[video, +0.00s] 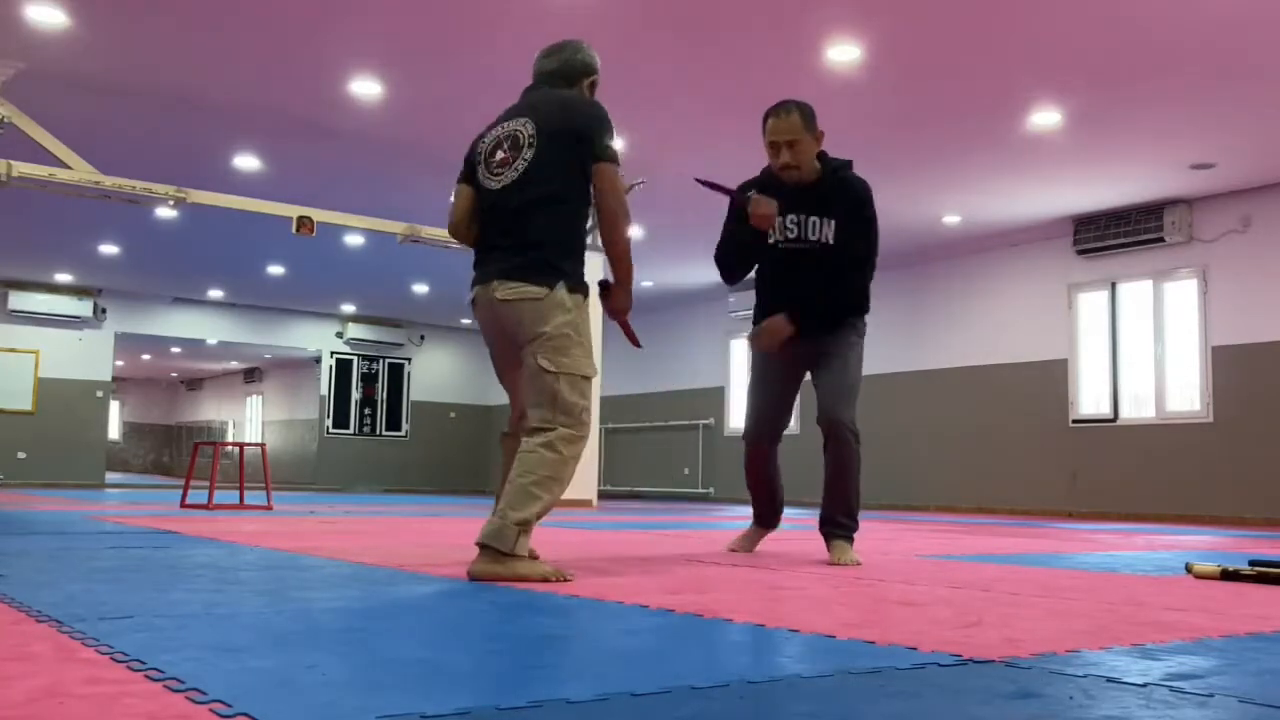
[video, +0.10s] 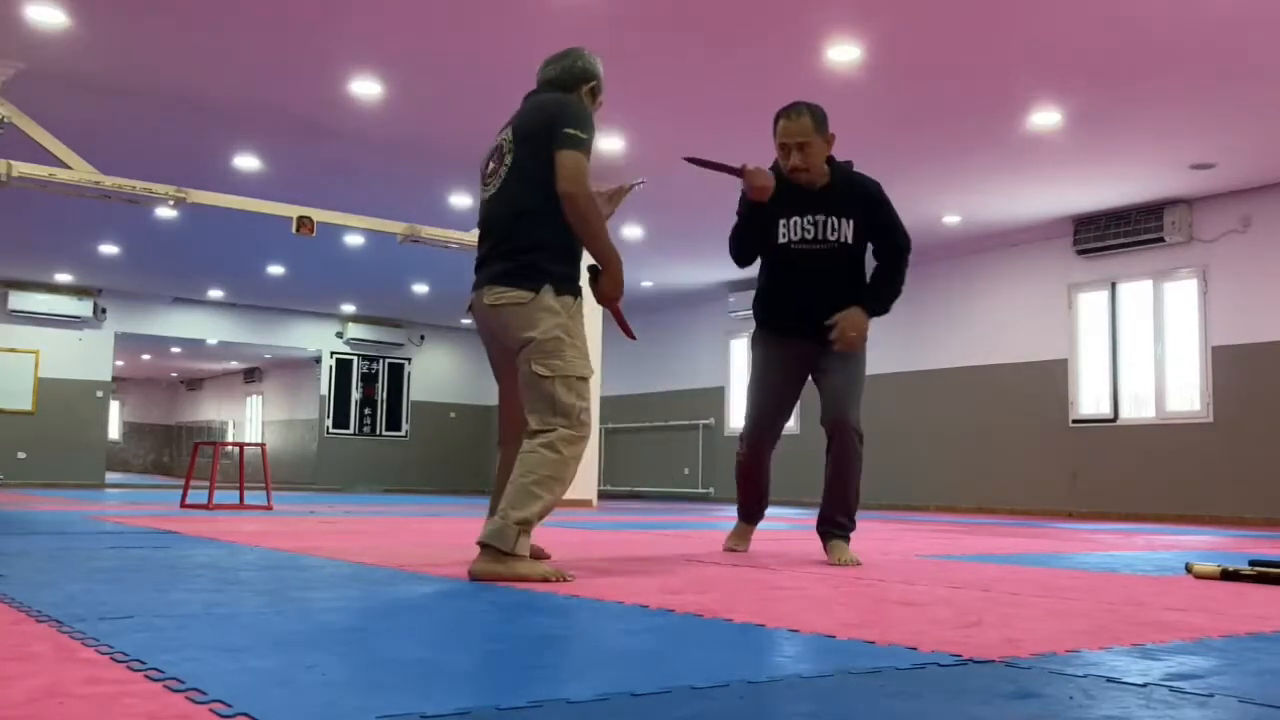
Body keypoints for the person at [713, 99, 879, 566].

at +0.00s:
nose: (783, 158)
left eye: (793, 146)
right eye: (773, 148)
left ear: (818, 141)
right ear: (764, 147)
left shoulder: (851, 193)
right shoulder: (753, 194)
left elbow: (856, 279)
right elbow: (730, 270)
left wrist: (792, 319)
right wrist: (753, 226)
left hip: (838, 327)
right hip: (777, 328)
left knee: (838, 422)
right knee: (758, 434)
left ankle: (839, 535)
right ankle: (765, 519)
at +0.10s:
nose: (793, 161)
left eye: (804, 149)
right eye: (785, 150)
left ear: (828, 144)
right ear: (774, 148)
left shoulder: (861, 192)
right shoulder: (766, 192)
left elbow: (896, 251)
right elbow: (742, 256)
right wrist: (756, 202)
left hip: (840, 332)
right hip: (779, 331)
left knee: (844, 427)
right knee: (758, 432)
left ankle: (837, 535)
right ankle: (747, 518)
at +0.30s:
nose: (790, 159)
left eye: (800, 148)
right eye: (781, 149)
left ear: (826, 144)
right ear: (773, 147)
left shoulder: (860, 194)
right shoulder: (761, 190)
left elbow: (893, 239)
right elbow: (720, 228)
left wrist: (887, 289)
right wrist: (704, 202)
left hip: (837, 333)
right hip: (775, 333)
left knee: (841, 425)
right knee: (746, 430)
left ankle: (835, 536)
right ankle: (729, 522)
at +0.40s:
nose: (780, 159)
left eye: (790, 147)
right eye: (773, 148)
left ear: (819, 143)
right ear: (766, 147)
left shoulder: (855, 192)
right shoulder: (758, 191)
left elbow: (890, 246)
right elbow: (728, 237)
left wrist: (874, 287)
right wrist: (717, 215)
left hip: (834, 333)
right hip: (773, 332)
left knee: (839, 424)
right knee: (745, 428)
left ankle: (834, 535)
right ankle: (729, 520)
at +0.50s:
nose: (775, 159)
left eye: (785, 147)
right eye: (768, 148)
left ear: (814, 142)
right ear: (762, 147)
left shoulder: (853, 193)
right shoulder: (754, 194)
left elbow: (888, 249)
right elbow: (721, 237)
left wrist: (864, 282)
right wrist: (703, 225)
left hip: (834, 333)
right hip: (772, 333)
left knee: (839, 424)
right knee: (745, 429)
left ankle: (834, 535)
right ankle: (729, 522)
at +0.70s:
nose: (758, 159)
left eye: (767, 147)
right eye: (752, 149)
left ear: (797, 140)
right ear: (747, 150)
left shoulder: (840, 187)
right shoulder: (745, 199)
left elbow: (856, 253)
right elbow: (717, 263)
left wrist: (785, 222)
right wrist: (705, 252)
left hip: (833, 330)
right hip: (773, 331)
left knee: (828, 422)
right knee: (734, 424)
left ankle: (834, 536)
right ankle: (729, 520)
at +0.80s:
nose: (749, 161)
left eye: (757, 149)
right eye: (743, 152)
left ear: (787, 141)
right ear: (740, 152)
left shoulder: (827, 180)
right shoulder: (747, 197)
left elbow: (825, 232)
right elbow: (727, 251)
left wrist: (759, 207)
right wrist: (707, 286)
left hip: (830, 329)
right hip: (772, 330)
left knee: (822, 423)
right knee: (725, 422)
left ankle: (834, 537)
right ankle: (725, 525)